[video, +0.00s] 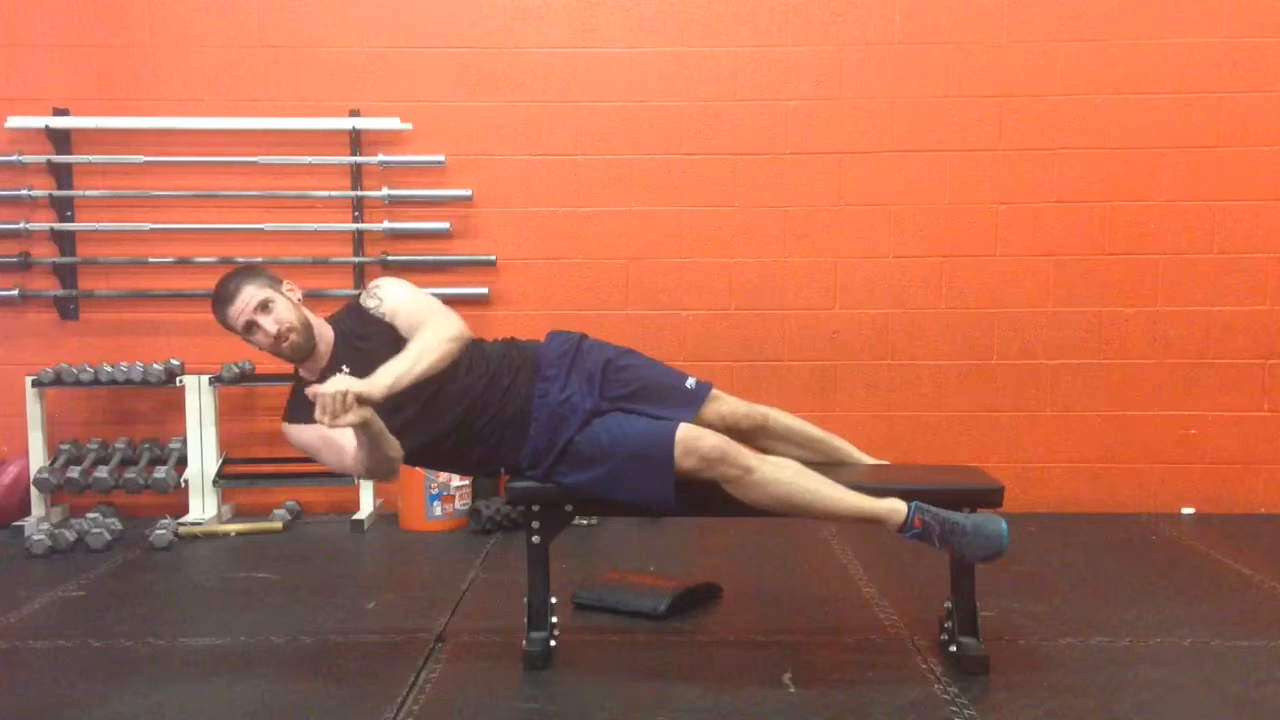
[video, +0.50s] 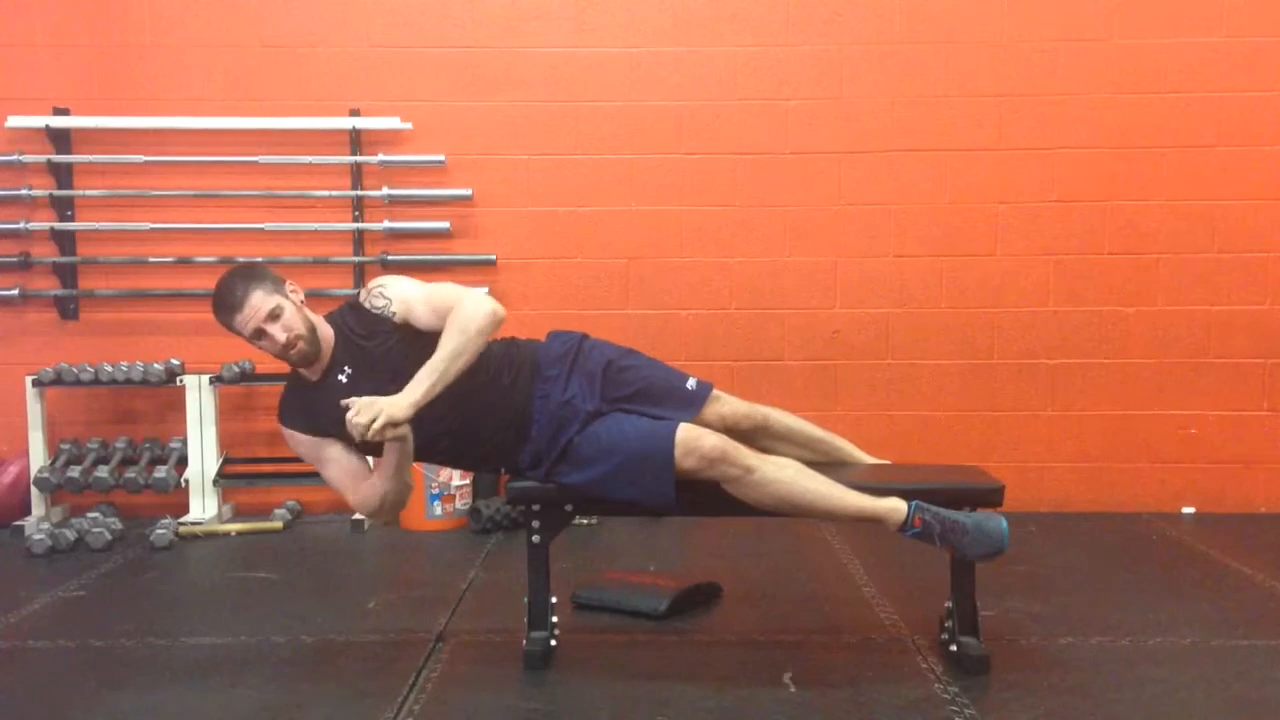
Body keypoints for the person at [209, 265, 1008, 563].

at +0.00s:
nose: (268, 329)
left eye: (266, 309)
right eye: (250, 331)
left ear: (290, 291)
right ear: (249, 349)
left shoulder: (372, 297)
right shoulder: (306, 417)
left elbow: (449, 334)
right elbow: (388, 470)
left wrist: (373, 388)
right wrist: (357, 421)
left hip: (565, 368)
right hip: (545, 451)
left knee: (740, 416)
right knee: (709, 453)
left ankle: (912, 495)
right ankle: (914, 520)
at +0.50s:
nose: (280, 332)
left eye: (276, 310)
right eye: (259, 334)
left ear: (295, 291)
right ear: (252, 350)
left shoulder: (371, 301)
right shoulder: (305, 421)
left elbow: (483, 312)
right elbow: (378, 507)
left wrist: (405, 401)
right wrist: (394, 441)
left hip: (569, 369)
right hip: (547, 451)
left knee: (739, 416)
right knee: (708, 453)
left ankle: (906, 492)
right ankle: (913, 519)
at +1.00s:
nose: (281, 333)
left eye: (278, 311)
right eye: (259, 334)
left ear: (298, 293)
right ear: (250, 349)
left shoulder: (374, 301)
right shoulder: (298, 420)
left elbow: (488, 336)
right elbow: (364, 507)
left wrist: (398, 407)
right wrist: (387, 437)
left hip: (571, 370)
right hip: (545, 452)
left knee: (741, 416)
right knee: (708, 452)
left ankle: (911, 498)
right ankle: (912, 520)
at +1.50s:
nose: (287, 328)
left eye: (285, 308)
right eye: (266, 329)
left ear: (303, 290)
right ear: (255, 345)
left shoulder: (369, 298)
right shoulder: (310, 412)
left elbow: (425, 337)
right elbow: (364, 501)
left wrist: (348, 405)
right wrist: (328, 440)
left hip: (565, 367)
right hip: (544, 449)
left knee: (737, 415)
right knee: (710, 455)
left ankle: (906, 493)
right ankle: (912, 521)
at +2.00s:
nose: (290, 326)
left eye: (290, 308)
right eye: (271, 325)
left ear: (313, 286)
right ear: (261, 339)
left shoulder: (373, 295)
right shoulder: (307, 402)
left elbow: (389, 322)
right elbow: (333, 447)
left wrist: (329, 354)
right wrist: (305, 391)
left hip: (567, 366)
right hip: (546, 449)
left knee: (737, 416)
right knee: (709, 454)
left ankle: (908, 491)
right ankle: (911, 519)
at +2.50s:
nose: (295, 327)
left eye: (294, 307)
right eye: (275, 326)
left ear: (312, 284)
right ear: (260, 337)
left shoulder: (368, 293)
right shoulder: (301, 400)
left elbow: (385, 321)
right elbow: (323, 420)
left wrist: (345, 360)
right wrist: (328, 399)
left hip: (568, 365)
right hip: (548, 446)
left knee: (737, 415)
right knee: (708, 454)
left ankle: (909, 491)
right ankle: (912, 520)